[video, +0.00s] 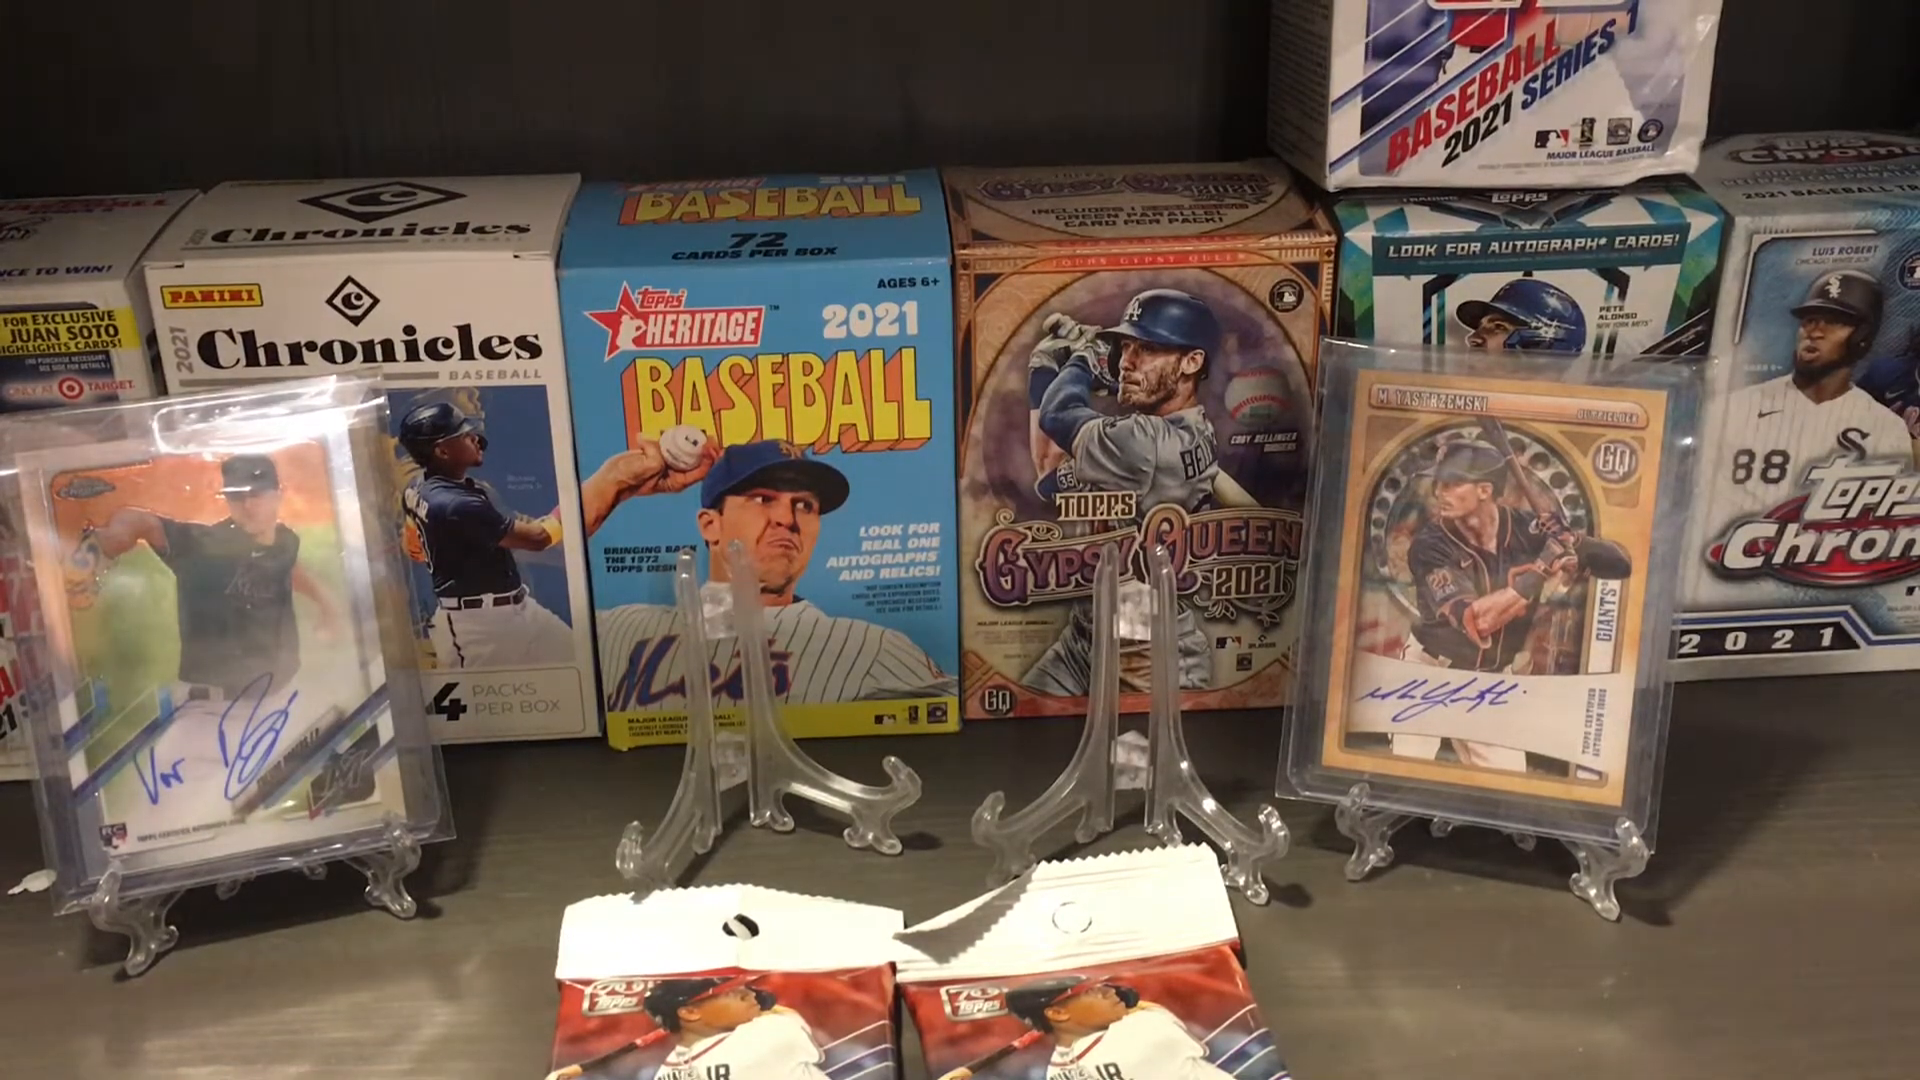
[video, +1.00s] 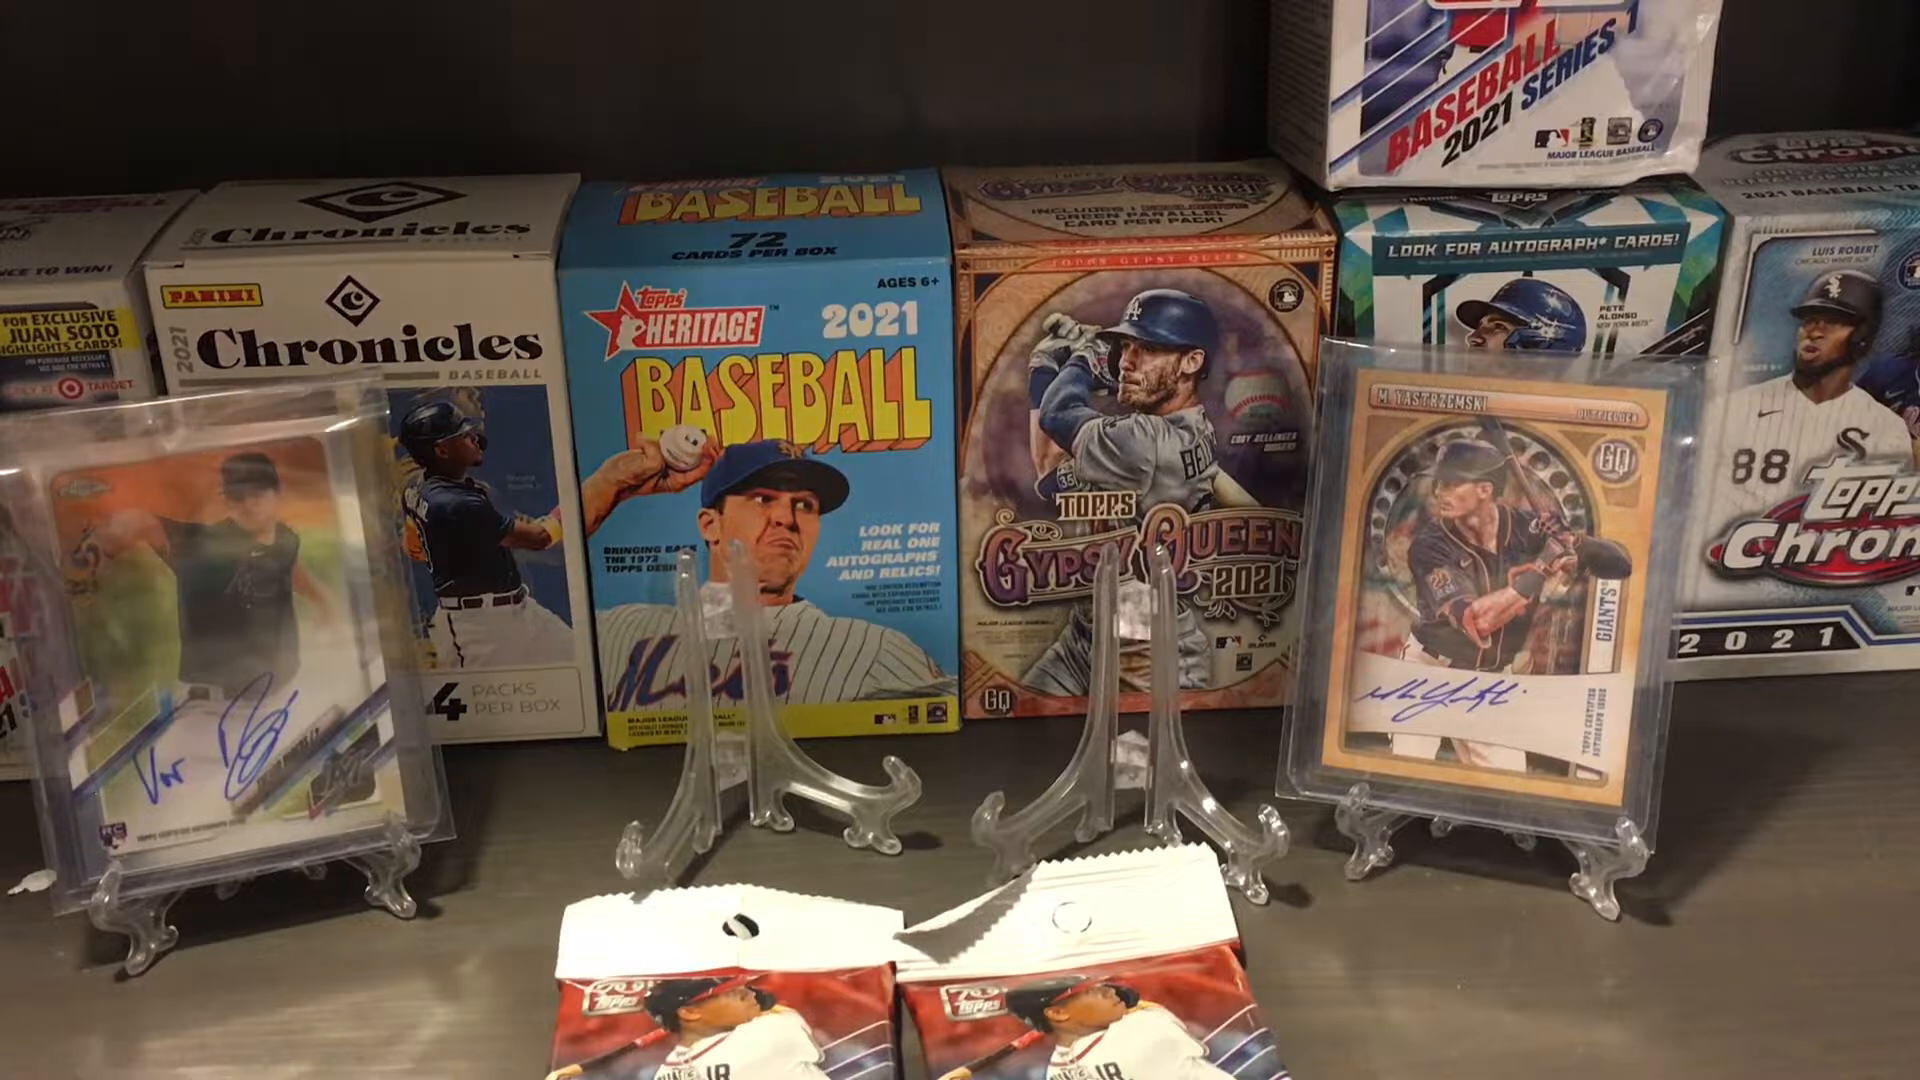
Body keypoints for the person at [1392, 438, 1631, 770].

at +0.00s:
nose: (1440, 492)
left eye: (1452, 484)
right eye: (1439, 484)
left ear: (1484, 491)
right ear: (1435, 487)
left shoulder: (1528, 529)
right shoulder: (1430, 541)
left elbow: (1622, 564)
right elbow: (1471, 621)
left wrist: (1575, 549)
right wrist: (1538, 572)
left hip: (1494, 677)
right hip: (1428, 670)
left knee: (1509, 789)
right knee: (1412, 773)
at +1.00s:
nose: (1439, 493)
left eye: (1451, 485)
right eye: (1439, 484)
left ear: (1484, 491)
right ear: (1435, 486)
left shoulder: (1527, 528)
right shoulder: (1430, 541)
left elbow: (1622, 563)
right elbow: (1474, 623)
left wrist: (1577, 551)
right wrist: (1538, 571)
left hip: (1495, 676)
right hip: (1429, 669)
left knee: (1508, 792)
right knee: (1410, 774)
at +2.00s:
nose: (1439, 493)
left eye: (1451, 485)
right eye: (1439, 485)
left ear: (1484, 491)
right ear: (1435, 487)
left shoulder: (1526, 529)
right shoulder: (1430, 541)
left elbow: (1622, 564)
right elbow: (1473, 623)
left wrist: (1575, 546)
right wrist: (1539, 571)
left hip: (1494, 677)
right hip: (1429, 669)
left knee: (1509, 790)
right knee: (1411, 774)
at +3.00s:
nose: (1439, 491)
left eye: (1451, 484)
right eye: (1439, 483)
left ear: (1484, 490)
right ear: (1436, 485)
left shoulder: (1526, 528)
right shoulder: (1430, 540)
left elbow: (1621, 562)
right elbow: (1474, 622)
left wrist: (1574, 550)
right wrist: (1540, 567)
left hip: (1493, 677)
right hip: (1429, 670)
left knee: (1509, 788)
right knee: (1409, 775)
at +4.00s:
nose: (1439, 492)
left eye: (1451, 484)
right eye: (1439, 483)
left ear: (1484, 491)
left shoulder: (1528, 528)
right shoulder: (1431, 541)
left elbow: (1621, 563)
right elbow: (1473, 622)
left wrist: (1572, 551)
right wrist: (1539, 572)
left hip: (1495, 677)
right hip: (1429, 669)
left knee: (1508, 788)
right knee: (1411, 773)